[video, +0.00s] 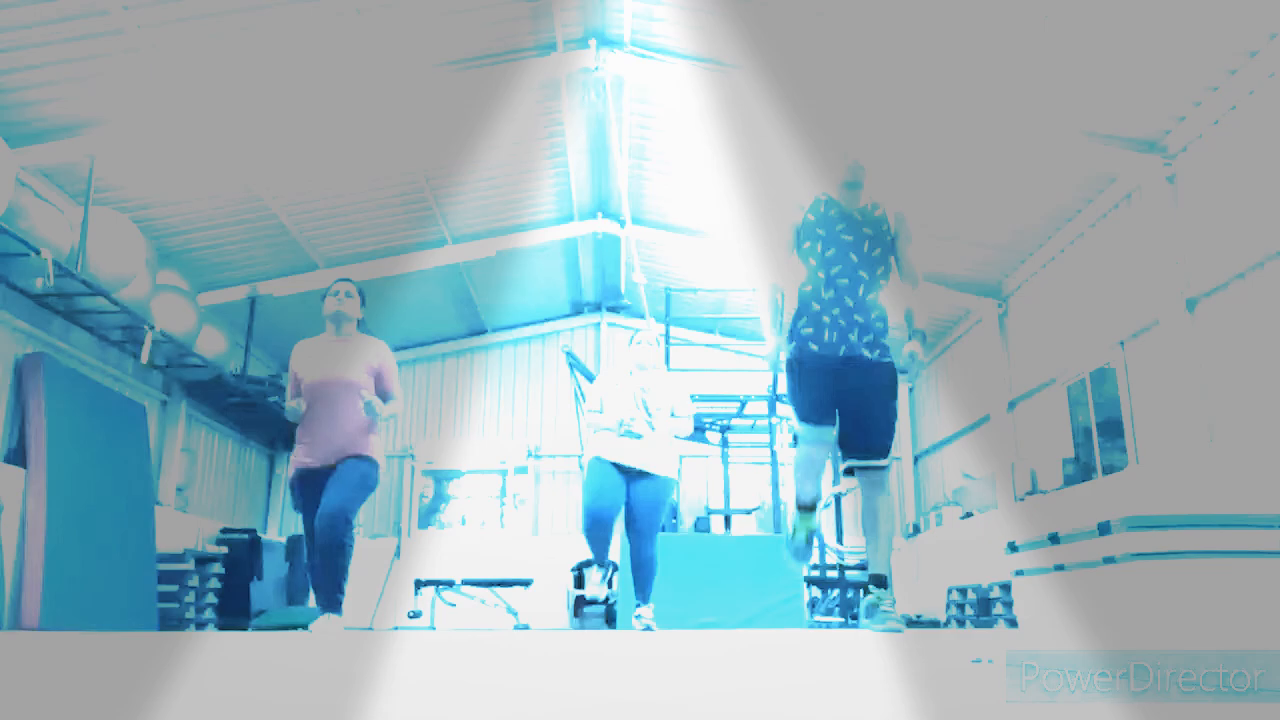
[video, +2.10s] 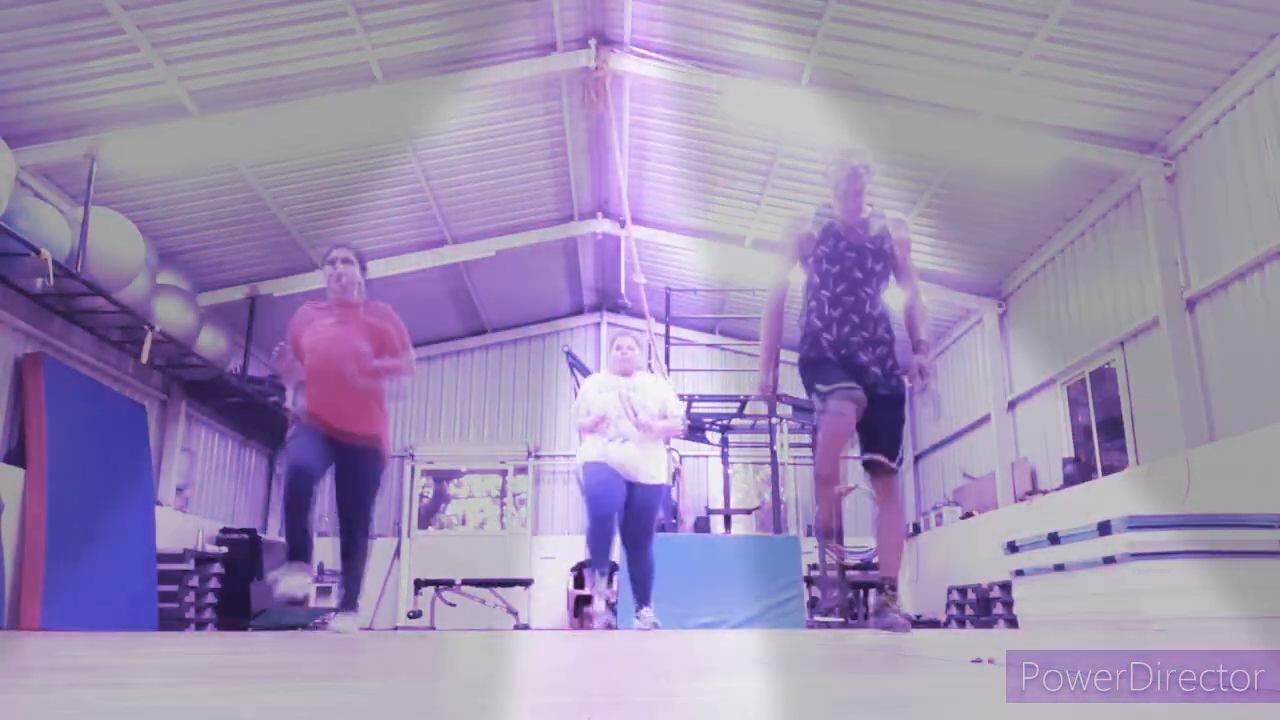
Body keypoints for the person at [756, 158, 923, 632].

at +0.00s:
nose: (852, 171)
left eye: (858, 165)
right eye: (842, 164)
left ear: (868, 177)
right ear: (826, 171)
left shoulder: (883, 222)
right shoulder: (808, 215)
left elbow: (905, 281)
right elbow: (783, 276)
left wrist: (913, 331)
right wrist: (775, 339)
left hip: (872, 354)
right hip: (813, 349)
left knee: (874, 476)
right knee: (815, 438)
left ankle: (878, 593)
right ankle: (805, 517)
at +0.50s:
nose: (848, 158)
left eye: (854, 153)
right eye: (839, 153)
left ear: (864, 168)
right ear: (822, 166)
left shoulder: (886, 218)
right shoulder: (798, 213)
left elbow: (903, 283)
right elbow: (766, 282)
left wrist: (907, 332)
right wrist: (755, 351)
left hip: (872, 350)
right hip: (815, 345)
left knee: (870, 474)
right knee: (825, 444)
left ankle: (871, 586)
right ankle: (830, 577)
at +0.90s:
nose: (830, 158)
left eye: (837, 152)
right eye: (821, 153)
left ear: (846, 164)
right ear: (805, 165)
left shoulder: (870, 216)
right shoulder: (783, 214)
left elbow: (891, 282)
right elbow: (761, 283)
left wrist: (905, 332)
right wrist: (767, 351)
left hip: (870, 352)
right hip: (811, 354)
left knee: (889, 456)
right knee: (824, 470)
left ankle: (857, 523)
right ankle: (837, 590)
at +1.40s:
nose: (846, 171)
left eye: (852, 165)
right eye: (837, 164)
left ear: (861, 177)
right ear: (822, 174)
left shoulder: (879, 229)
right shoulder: (799, 223)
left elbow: (901, 291)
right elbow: (766, 285)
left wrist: (909, 347)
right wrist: (784, 335)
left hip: (877, 361)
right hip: (816, 362)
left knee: (890, 466)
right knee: (814, 483)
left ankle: (895, 587)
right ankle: (811, 594)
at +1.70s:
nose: (864, 170)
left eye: (871, 164)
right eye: (855, 163)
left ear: (879, 176)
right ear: (838, 174)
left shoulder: (896, 231)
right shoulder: (810, 224)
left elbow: (914, 297)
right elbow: (781, 291)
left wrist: (918, 358)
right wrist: (782, 358)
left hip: (884, 366)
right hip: (825, 364)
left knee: (889, 481)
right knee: (823, 470)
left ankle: (891, 596)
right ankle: (804, 552)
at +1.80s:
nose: (864, 167)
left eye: (870, 161)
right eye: (854, 161)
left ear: (879, 173)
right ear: (838, 172)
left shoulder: (898, 228)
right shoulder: (809, 223)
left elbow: (917, 291)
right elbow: (781, 291)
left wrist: (921, 352)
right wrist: (770, 360)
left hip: (882, 356)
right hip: (824, 351)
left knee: (886, 476)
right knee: (838, 427)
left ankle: (888, 593)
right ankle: (812, 489)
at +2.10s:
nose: (855, 190)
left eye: (861, 182)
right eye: (846, 183)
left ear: (870, 186)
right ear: (831, 188)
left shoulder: (889, 233)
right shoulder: (809, 231)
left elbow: (911, 294)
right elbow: (777, 298)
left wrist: (919, 350)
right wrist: (768, 369)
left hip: (880, 357)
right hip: (825, 349)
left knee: (885, 476)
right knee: (844, 403)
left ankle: (888, 598)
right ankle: (829, 542)